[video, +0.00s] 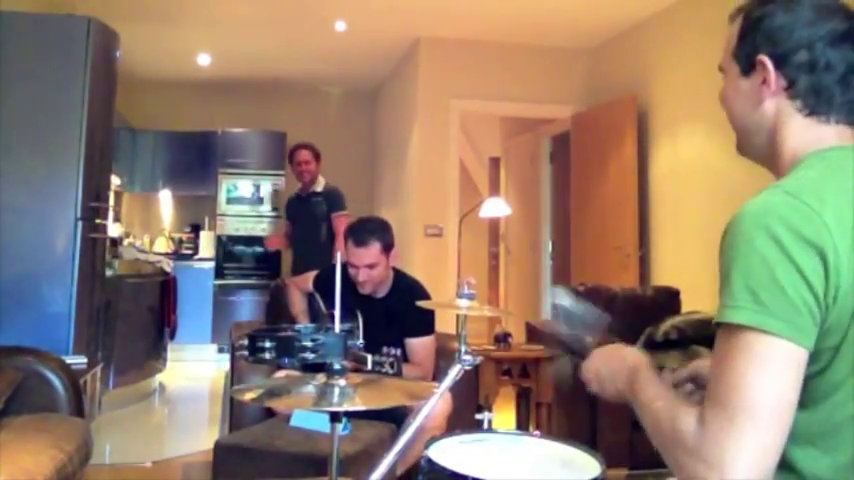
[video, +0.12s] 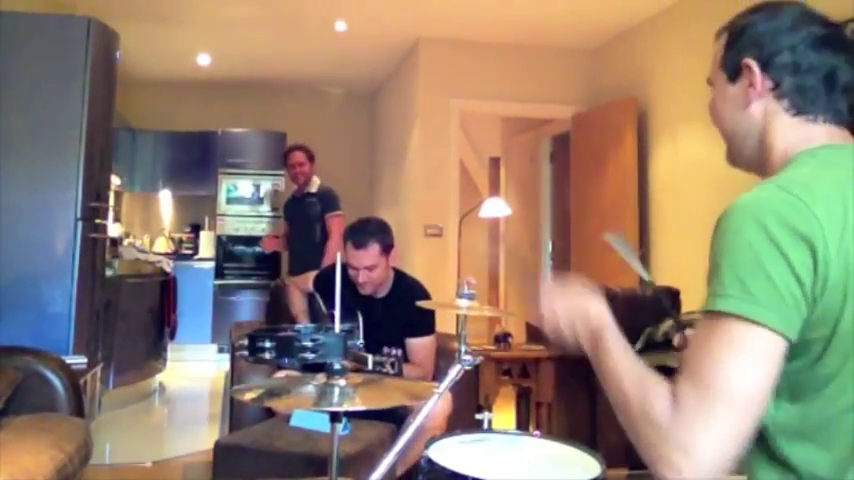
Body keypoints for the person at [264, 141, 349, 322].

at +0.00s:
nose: (303, 169)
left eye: (307, 163)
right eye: (298, 164)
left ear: (318, 164)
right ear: (292, 168)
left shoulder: (331, 195)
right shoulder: (292, 202)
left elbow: (341, 234)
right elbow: (290, 236)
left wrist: (338, 268)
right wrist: (278, 241)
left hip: (326, 272)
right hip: (298, 275)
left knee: (328, 324)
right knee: (302, 326)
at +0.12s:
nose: (297, 171)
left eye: (301, 165)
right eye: (292, 167)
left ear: (312, 165)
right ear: (287, 171)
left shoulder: (326, 196)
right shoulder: (289, 204)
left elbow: (336, 236)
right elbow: (291, 240)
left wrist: (325, 274)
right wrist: (276, 243)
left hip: (319, 275)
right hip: (294, 276)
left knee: (324, 326)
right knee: (301, 326)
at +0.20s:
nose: (295, 170)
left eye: (299, 164)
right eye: (290, 166)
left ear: (310, 165)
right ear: (285, 171)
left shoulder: (324, 197)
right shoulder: (288, 203)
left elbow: (332, 235)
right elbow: (288, 236)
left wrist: (320, 271)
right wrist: (277, 244)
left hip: (315, 272)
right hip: (292, 273)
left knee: (322, 321)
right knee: (300, 321)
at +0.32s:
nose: (291, 169)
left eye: (296, 163)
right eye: (287, 165)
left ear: (308, 165)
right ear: (283, 169)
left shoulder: (319, 197)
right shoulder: (289, 201)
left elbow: (325, 235)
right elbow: (292, 242)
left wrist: (311, 271)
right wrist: (274, 245)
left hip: (306, 273)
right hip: (288, 273)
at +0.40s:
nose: (289, 168)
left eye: (294, 163)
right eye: (285, 164)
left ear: (306, 166)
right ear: (282, 169)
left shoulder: (316, 196)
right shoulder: (291, 198)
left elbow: (322, 235)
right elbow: (292, 239)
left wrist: (308, 271)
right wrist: (273, 245)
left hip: (302, 275)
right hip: (286, 273)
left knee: (303, 325)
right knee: (287, 325)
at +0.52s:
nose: (283, 170)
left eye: (288, 164)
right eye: (281, 165)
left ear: (302, 166)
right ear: (278, 168)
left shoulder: (310, 196)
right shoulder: (290, 196)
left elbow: (315, 233)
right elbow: (291, 237)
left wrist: (302, 270)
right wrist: (272, 244)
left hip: (296, 273)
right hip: (282, 271)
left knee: (298, 324)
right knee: (280, 322)